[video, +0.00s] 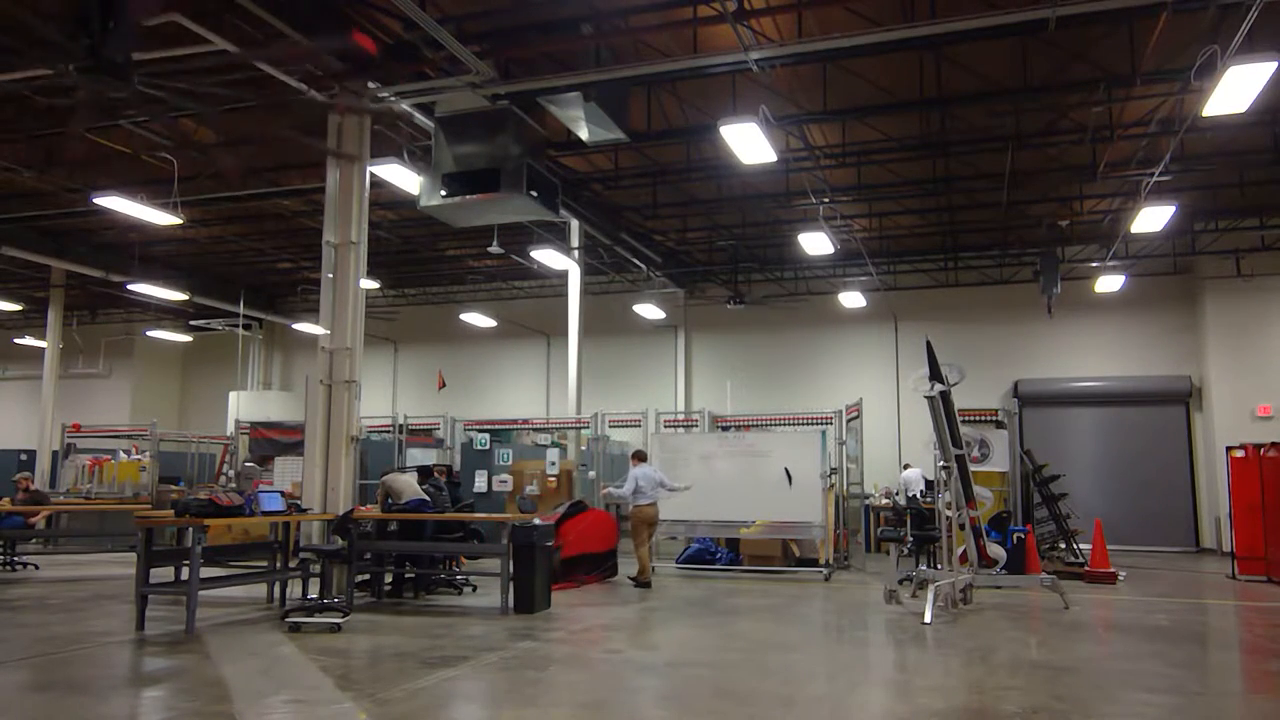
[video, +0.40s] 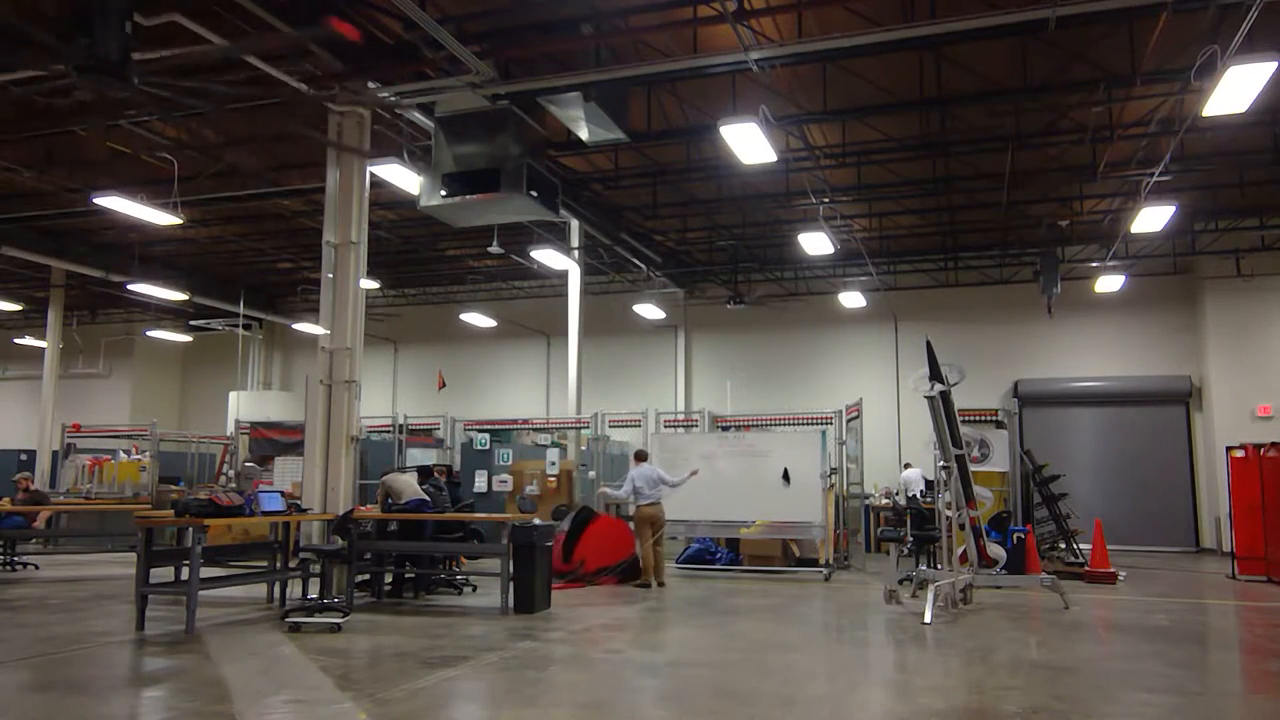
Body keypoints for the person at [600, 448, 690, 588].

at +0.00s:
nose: (631, 463)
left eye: (632, 460)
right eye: (631, 460)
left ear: (635, 460)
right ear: (645, 460)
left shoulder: (634, 472)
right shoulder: (653, 471)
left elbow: (626, 493)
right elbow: (668, 486)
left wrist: (610, 491)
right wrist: (683, 487)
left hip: (639, 508)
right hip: (652, 506)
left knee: (641, 545)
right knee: (645, 544)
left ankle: (645, 578)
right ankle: (641, 574)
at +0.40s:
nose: (634, 462)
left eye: (634, 460)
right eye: (635, 460)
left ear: (635, 460)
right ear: (646, 459)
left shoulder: (633, 474)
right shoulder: (654, 470)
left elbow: (624, 495)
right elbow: (672, 483)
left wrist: (606, 491)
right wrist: (689, 475)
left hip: (642, 508)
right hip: (657, 506)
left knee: (646, 545)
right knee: (658, 544)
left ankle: (646, 578)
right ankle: (660, 578)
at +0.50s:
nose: (636, 461)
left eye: (636, 459)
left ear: (636, 460)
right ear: (648, 459)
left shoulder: (633, 473)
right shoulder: (655, 470)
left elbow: (623, 495)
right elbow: (672, 483)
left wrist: (607, 490)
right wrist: (688, 475)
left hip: (642, 508)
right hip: (658, 507)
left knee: (646, 544)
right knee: (661, 544)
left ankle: (646, 580)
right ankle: (666, 580)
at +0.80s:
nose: (656, 461)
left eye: (656, 459)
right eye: (656, 459)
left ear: (643, 459)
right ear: (654, 459)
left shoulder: (636, 475)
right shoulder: (655, 470)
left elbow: (631, 498)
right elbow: (670, 483)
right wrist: (685, 473)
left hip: (646, 508)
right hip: (661, 507)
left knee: (649, 545)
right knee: (668, 545)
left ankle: (646, 579)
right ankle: (668, 579)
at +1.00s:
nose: (667, 460)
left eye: (667, 457)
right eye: (666, 457)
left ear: (654, 459)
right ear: (661, 458)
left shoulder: (649, 473)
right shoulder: (660, 468)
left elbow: (647, 494)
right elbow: (668, 484)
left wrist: (648, 508)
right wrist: (677, 472)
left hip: (654, 507)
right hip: (667, 507)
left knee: (653, 547)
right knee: (672, 547)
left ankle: (646, 579)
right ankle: (669, 579)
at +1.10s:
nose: (671, 460)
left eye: (671, 458)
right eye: (670, 458)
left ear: (659, 459)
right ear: (665, 458)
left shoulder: (658, 470)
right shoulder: (663, 470)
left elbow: (660, 488)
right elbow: (664, 486)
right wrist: (671, 474)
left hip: (660, 507)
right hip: (669, 507)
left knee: (659, 547)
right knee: (672, 546)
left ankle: (649, 578)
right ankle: (669, 579)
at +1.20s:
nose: (675, 461)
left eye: (675, 458)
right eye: (673, 458)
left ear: (672, 460)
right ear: (666, 459)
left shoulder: (672, 475)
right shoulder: (662, 474)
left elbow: (674, 493)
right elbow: (662, 488)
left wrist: (687, 497)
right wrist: (666, 474)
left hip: (674, 507)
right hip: (667, 507)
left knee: (670, 545)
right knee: (672, 546)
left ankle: (658, 576)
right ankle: (667, 579)